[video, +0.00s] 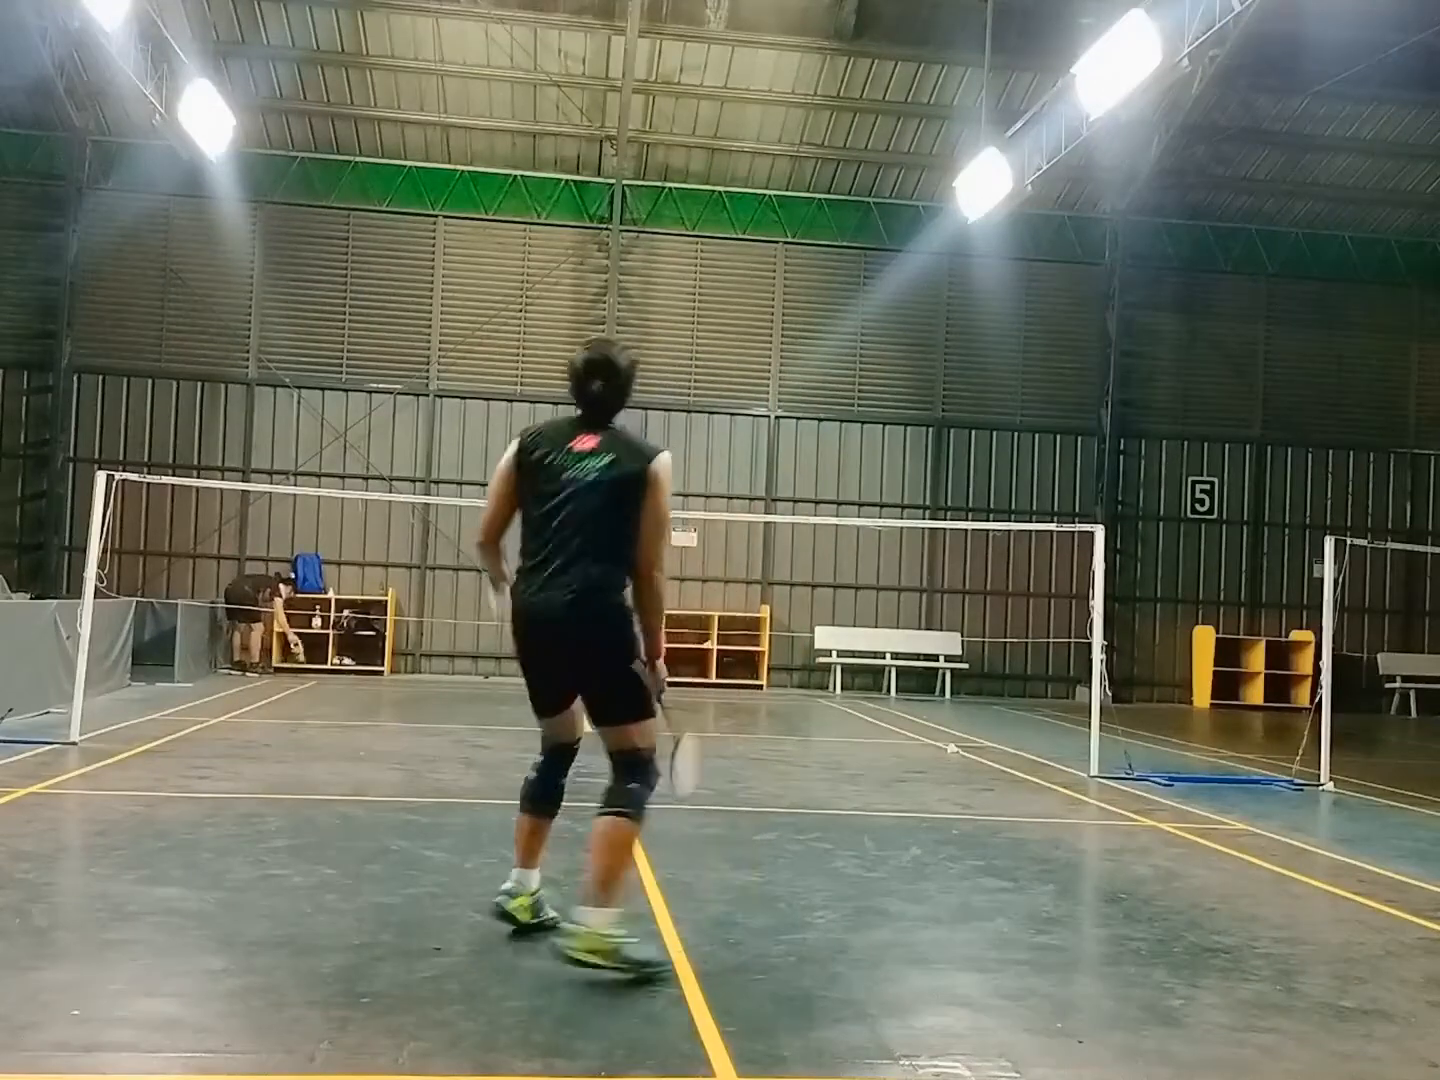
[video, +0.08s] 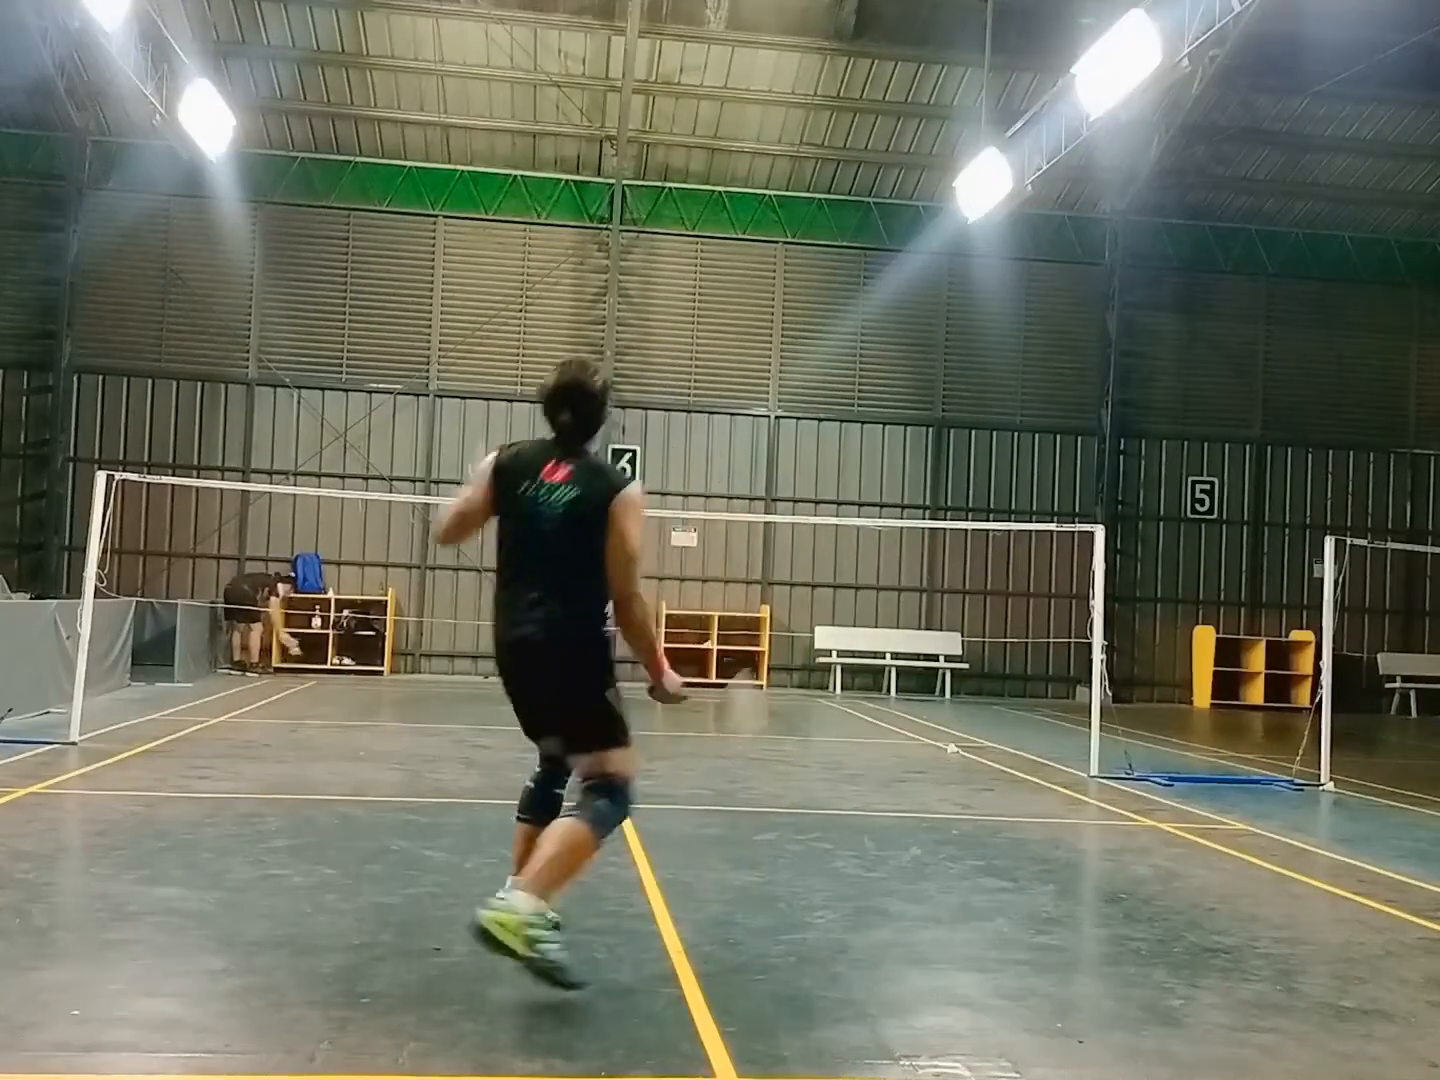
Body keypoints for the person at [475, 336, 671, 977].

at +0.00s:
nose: (606, 397)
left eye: (594, 384)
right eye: (622, 392)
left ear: (572, 392)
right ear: (625, 398)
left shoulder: (530, 446)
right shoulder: (646, 461)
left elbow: (487, 538)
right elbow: (647, 569)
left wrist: (500, 571)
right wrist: (653, 652)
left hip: (532, 618)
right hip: (600, 622)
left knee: (558, 747)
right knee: (634, 765)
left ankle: (521, 885)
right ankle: (598, 924)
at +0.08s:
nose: (590, 419)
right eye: (597, 411)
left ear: (547, 415)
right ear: (599, 419)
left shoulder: (505, 465)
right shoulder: (617, 488)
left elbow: (447, 531)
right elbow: (625, 596)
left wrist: (489, 494)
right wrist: (658, 668)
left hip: (515, 647)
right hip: (574, 651)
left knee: (554, 766)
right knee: (611, 787)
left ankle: (520, 905)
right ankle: (523, 905)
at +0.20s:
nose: (578, 421)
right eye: (580, 413)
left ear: (526, 419)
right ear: (580, 425)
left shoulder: (487, 458)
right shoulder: (588, 503)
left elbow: (419, 478)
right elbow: (599, 610)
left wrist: (459, 415)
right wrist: (664, 657)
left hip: (491, 650)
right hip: (546, 656)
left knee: (546, 770)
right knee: (567, 804)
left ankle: (511, 900)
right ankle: (470, 914)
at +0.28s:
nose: (565, 399)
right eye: (566, 392)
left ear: (504, 396)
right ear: (562, 405)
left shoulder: (475, 428)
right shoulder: (561, 485)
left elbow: (406, 450)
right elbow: (569, 598)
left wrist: (430, 386)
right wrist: (657, 621)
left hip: (462, 634)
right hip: (509, 645)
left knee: (491, 760)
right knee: (528, 803)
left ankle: (490, 890)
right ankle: (429, 950)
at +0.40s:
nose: (543, 383)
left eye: (536, 372)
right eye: (539, 375)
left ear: (477, 379)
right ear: (529, 388)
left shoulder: (450, 418)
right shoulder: (516, 467)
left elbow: (384, 440)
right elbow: (549, 579)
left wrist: (370, 416)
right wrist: (618, 549)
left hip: (432, 630)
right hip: (477, 642)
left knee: (450, 757)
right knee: (514, 803)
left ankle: (393, 891)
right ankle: (417, 968)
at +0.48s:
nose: (514, 350)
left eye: (509, 341)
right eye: (509, 343)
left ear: (442, 356)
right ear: (492, 359)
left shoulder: (426, 404)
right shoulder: (485, 442)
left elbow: (353, 438)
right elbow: (540, 537)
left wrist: (382, 421)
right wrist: (580, 456)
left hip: (425, 615)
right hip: (479, 629)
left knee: (420, 741)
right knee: (485, 785)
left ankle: (318, 880)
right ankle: (416, 968)